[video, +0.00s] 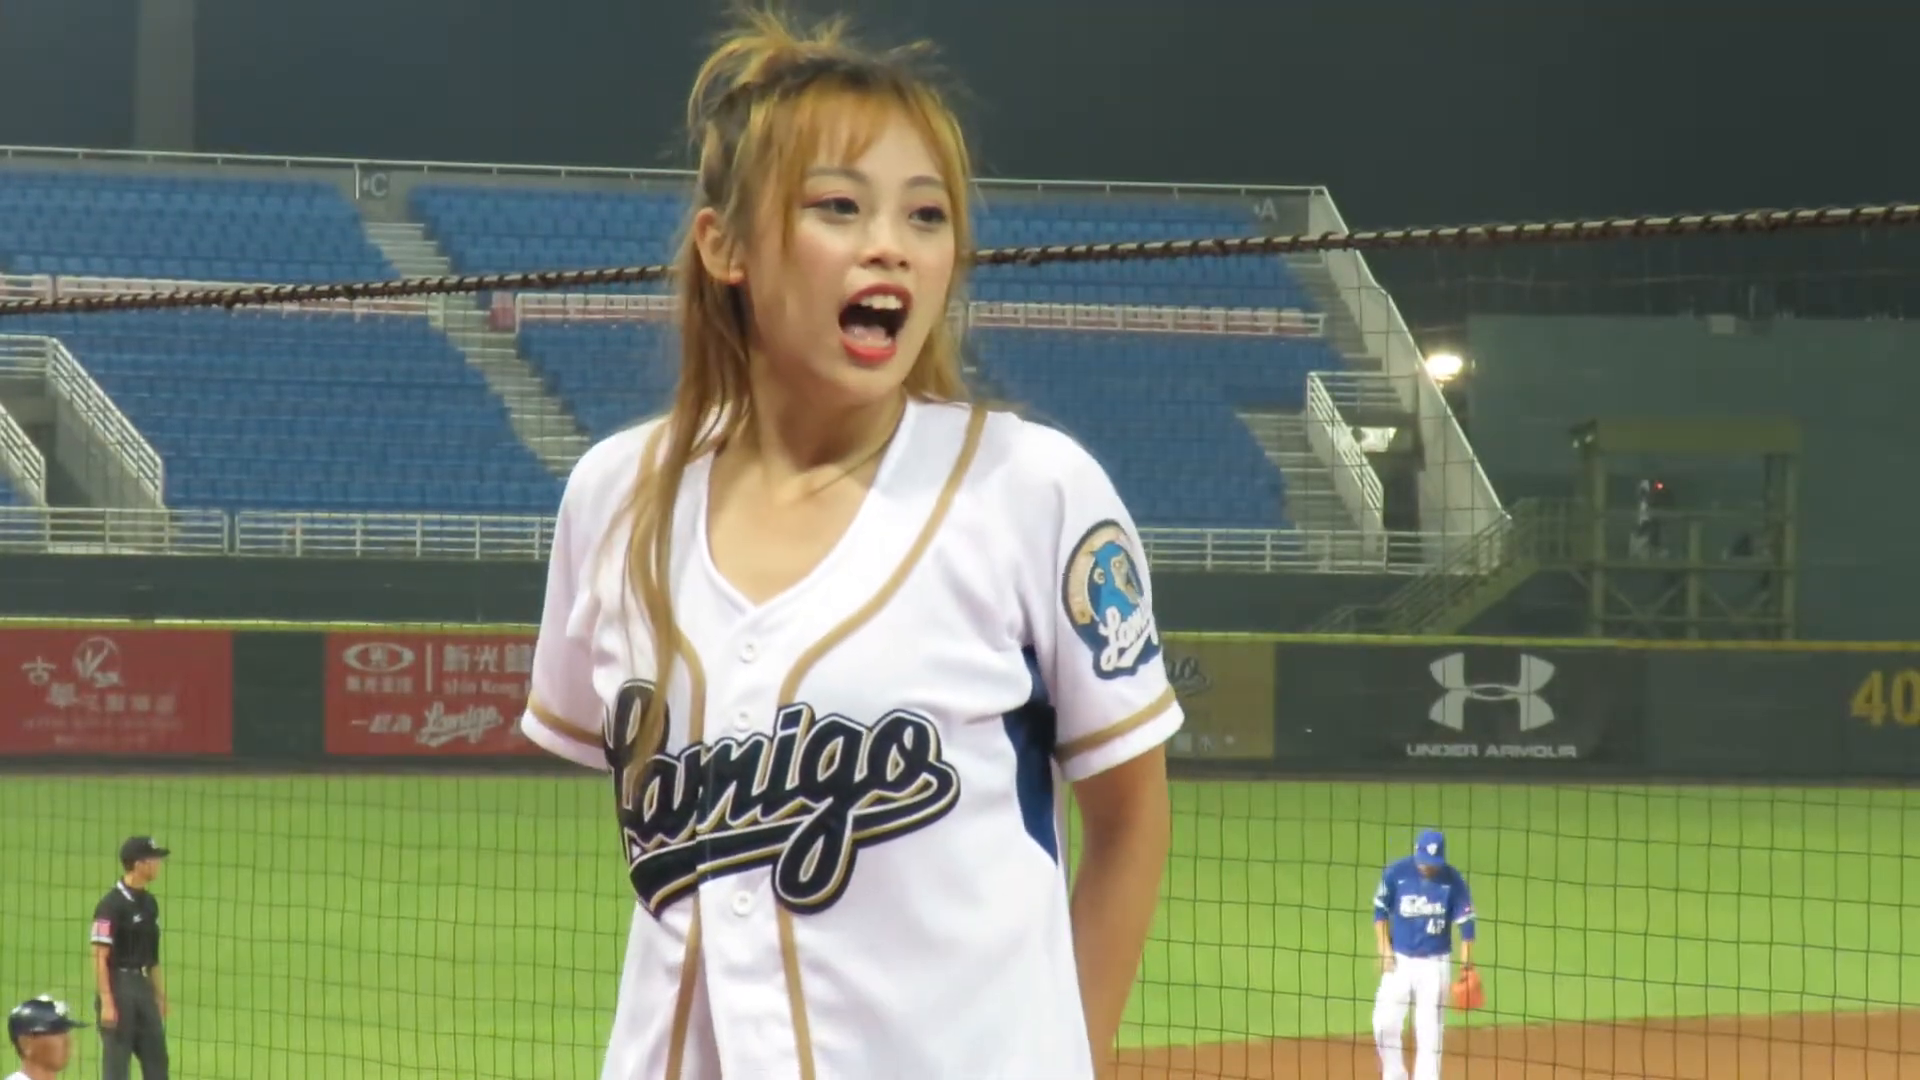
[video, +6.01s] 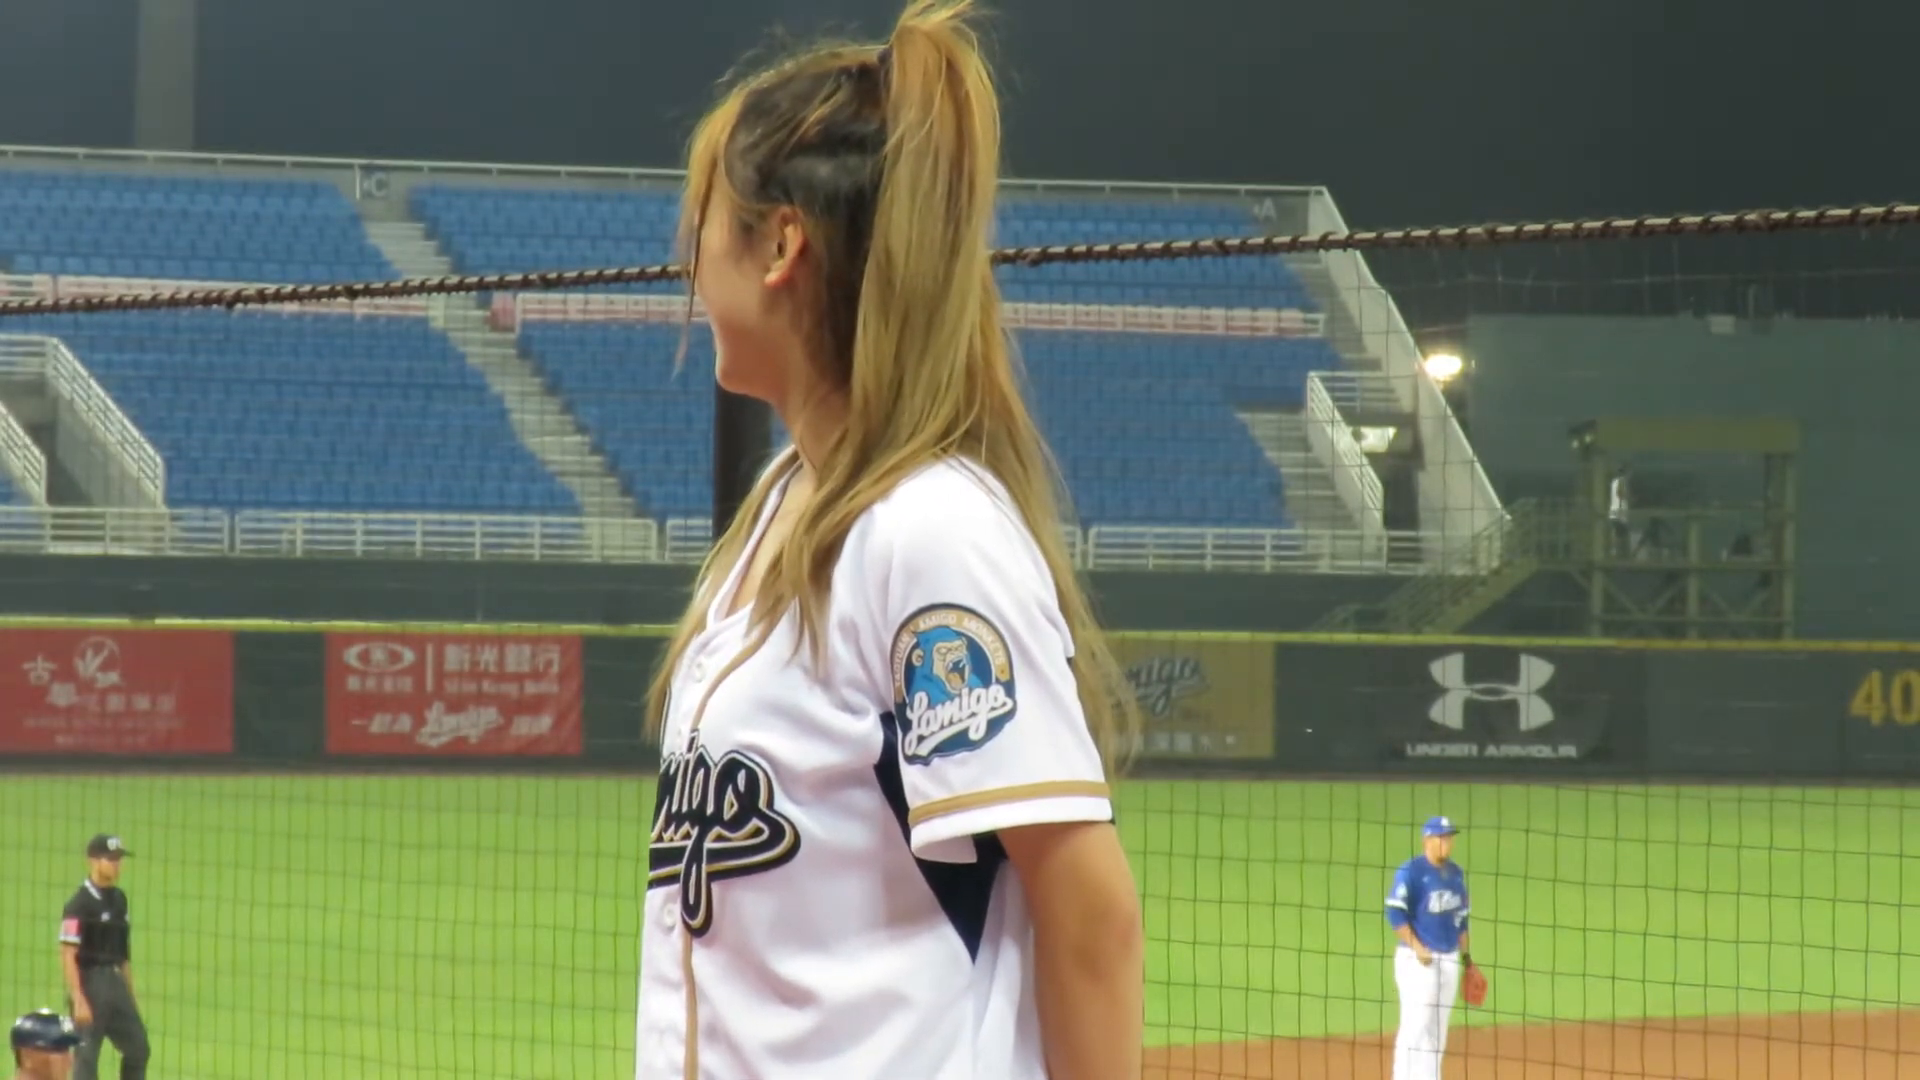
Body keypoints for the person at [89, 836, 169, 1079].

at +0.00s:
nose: (158, 865)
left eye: (157, 860)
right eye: (153, 860)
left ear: (143, 865)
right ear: (137, 865)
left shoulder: (149, 903)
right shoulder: (111, 904)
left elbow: (152, 957)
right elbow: (100, 957)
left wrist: (159, 995)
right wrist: (107, 1002)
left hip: (142, 977)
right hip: (117, 977)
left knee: (156, 1057)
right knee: (117, 1059)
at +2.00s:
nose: (169, 861)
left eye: (170, 856)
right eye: (163, 855)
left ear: (169, 858)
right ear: (147, 857)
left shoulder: (166, 899)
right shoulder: (128, 895)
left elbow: (167, 948)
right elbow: (111, 945)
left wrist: (182, 987)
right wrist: (118, 991)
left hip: (154, 969)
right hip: (130, 967)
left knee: (149, 1045)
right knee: (125, 1045)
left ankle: (144, 1075)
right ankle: (114, 1074)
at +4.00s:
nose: (116, 865)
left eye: (119, 859)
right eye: (110, 859)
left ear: (122, 862)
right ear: (95, 860)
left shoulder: (121, 901)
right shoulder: (78, 903)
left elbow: (123, 952)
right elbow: (66, 954)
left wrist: (129, 990)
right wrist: (72, 1000)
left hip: (114, 973)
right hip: (87, 973)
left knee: (125, 1054)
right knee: (84, 1053)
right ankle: (81, 1074)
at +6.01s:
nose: (117, 865)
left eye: (118, 859)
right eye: (111, 859)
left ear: (119, 861)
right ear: (94, 860)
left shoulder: (118, 898)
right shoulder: (79, 903)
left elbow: (122, 955)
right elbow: (68, 955)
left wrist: (129, 995)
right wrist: (78, 1000)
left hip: (114, 975)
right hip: (89, 975)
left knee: (138, 1049)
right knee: (86, 1055)